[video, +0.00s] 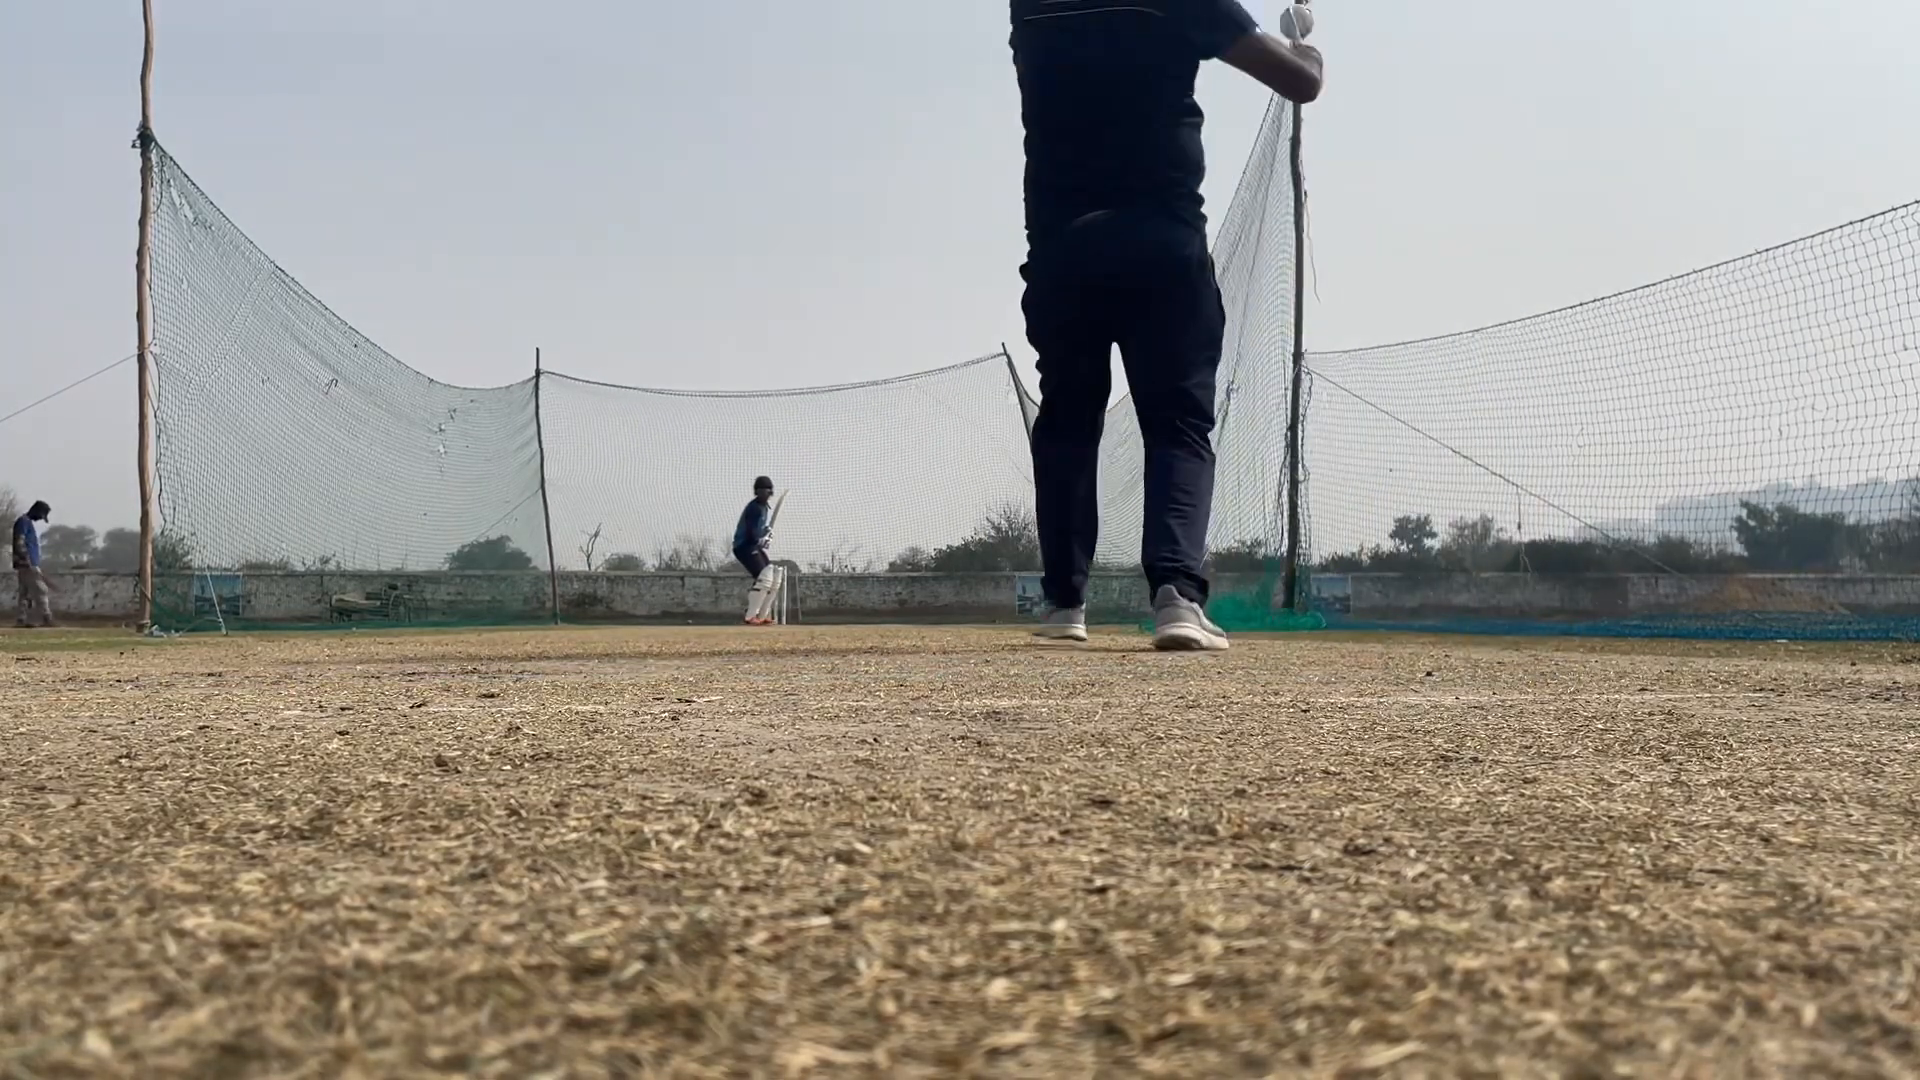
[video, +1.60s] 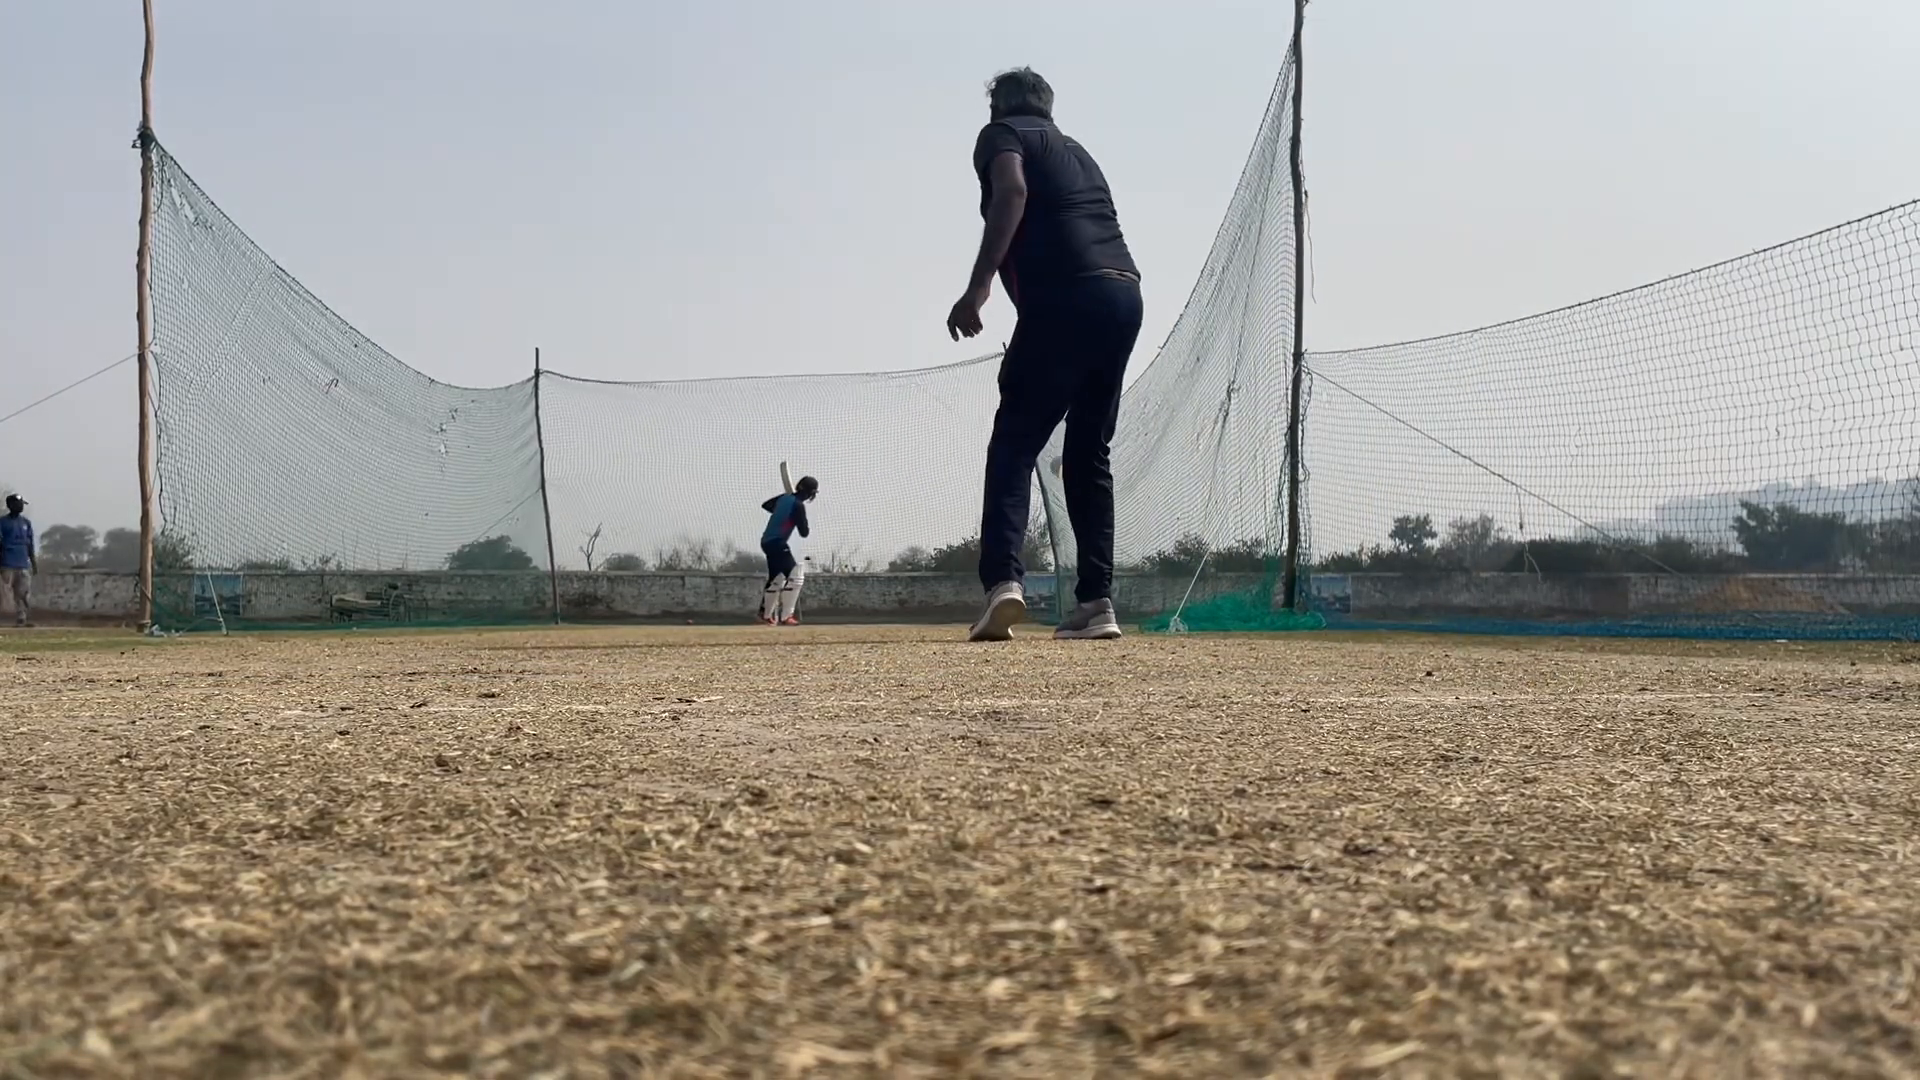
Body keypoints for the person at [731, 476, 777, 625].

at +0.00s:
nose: (768, 493)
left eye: (770, 490)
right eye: (764, 490)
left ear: (771, 491)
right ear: (757, 491)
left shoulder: (764, 508)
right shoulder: (754, 507)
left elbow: (763, 528)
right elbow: (753, 532)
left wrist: (766, 538)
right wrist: (763, 536)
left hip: (755, 545)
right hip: (744, 546)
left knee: (774, 576)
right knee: (764, 576)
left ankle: (762, 616)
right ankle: (751, 615)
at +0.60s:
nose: (785, 504)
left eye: (787, 501)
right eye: (783, 501)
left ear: (787, 502)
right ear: (774, 500)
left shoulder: (777, 514)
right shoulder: (767, 515)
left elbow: (775, 527)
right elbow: (764, 541)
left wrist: (781, 532)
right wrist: (778, 544)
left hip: (762, 545)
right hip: (749, 545)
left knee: (777, 576)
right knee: (766, 572)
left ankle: (765, 613)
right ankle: (756, 614)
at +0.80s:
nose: (792, 508)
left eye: (795, 505)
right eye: (790, 504)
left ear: (796, 504)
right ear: (783, 501)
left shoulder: (784, 512)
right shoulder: (774, 514)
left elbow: (783, 522)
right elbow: (770, 540)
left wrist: (790, 527)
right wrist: (785, 541)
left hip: (766, 543)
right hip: (754, 544)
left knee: (768, 577)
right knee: (771, 575)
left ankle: (762, 615)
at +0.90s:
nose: (800, 507)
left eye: (802, 504)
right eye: (799, 503)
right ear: (792, 500)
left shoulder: (788, 511)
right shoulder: (780, 511)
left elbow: (792, 524)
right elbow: (777, 538)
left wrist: (794, 529)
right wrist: (791, 538)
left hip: (768, 543)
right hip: (759, 544)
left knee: (772, 578)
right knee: (777, 576)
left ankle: (763, 615)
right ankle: (782, 615)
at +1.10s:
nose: (811, 502)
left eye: (812, 499)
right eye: (810, 498)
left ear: (798, 493)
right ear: (804, 496)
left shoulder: (784, 499)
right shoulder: (793, 508)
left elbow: (767, 505)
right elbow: (797, 535)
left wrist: (782, 515)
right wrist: (802, 528)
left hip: (763, 542)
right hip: (770, 544)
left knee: (773, 578)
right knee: (790, 573)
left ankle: (764, 615)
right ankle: (785, 616)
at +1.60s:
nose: (812, 496)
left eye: (813, 492)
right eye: (813, 492)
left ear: (799, 487)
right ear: (808, 492)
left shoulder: (784, 497)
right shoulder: (798, 505)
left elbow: (766, 505)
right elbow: (804, 532)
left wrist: (783, 513)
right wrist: (798, 516)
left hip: (768, 542)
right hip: (778, 543)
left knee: (777, 578)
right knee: (795, 575)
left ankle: (766, 614)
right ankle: (786, 616)